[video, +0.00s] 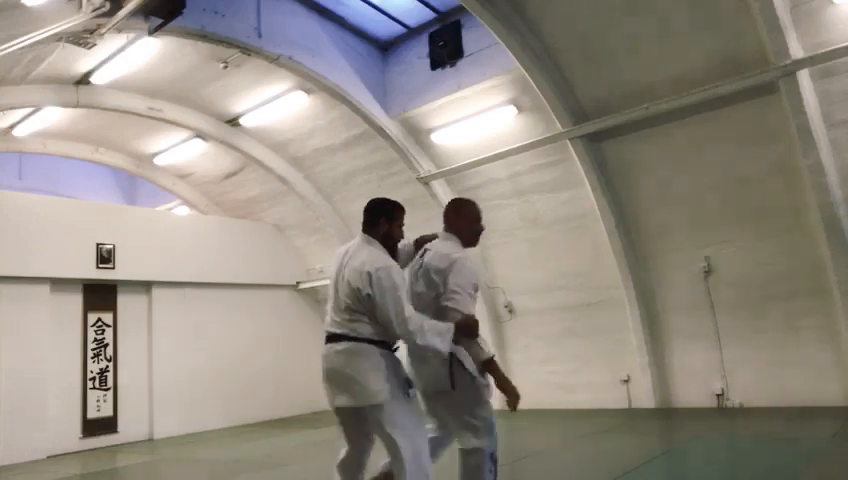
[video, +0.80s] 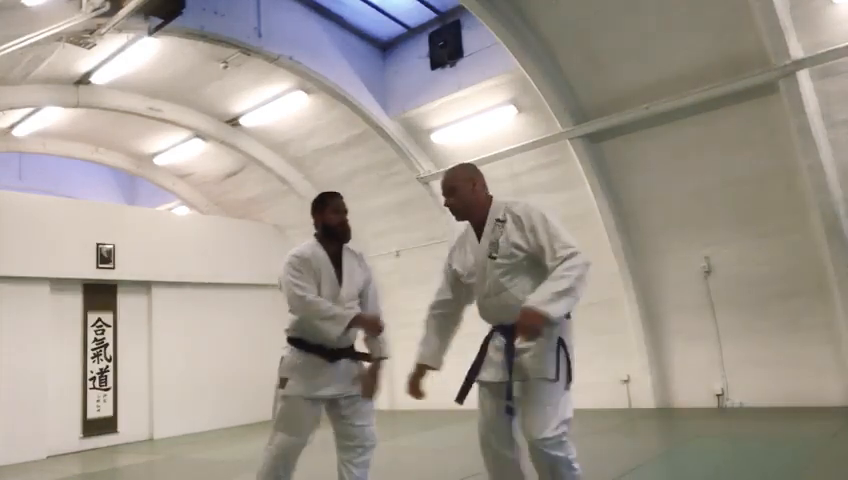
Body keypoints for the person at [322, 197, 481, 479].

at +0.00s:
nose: (403, 233)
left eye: (403, 226)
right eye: (400, 226)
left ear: (370, 225)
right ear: (382, 225)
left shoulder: (348, 252)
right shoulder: (381, 265)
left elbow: (387, 260)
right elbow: (404, 323)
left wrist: (416, 246)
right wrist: (453, 330)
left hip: (335, 357)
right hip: (368, 360)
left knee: (358, 443)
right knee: (409, 442)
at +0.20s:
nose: (392, 227)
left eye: (391, 220)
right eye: (387, 219)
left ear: (367, 220)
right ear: (368, 219)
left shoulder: (368, 252)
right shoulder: (357, 256)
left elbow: (412, 258)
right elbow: (373, 313)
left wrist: (445, 234)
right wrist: (422, 310)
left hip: (358, 355)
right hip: (349, 358)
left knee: (371, 445)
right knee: (377, 447)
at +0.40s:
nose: (377, 223)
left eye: (377, 217)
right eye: (371, 217)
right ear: (350, 218)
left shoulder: (377, 257)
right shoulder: (324, 259)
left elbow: (420, 264)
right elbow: (332, 304)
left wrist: (450, 252)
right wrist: (382, 305)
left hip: (360, 359)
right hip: (328, 360)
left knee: (372, 442)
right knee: (354, 445)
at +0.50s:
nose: (370, 220)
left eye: (371, 213)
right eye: (364, 213)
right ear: (342, 217)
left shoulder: (376, 259)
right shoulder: (318, 258)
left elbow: (414, 279)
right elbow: (320, 304)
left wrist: (440, 278)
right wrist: (371, 310)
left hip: (357, 363)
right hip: (321, 366)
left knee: (366, 442)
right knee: (336, 444)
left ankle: (357, 477)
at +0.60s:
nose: (363, 218)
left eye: (364, 212)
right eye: (356, 213)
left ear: (362, 215)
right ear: (335, 216)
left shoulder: (371, 259)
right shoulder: (313, 256)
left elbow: (396, 296)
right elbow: (314, 303)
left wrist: (429, 300)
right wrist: (369, 310)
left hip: (354, 363)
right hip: (314, 364)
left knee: (359, 443)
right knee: (319, 442)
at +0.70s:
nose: (355, 219)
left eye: (355, 213)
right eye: (348, 213)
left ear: (354, 214)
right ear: (327, 217)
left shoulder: (365, 260)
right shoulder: (307, 257)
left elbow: (385, 309)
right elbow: (309, 303)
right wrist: (364, 311)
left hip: (350, 364)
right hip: (310, 365)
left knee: (358, 446)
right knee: (298, 446)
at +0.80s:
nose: (345, 219)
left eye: (346, 213)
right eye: (337, 213)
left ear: (346, 217)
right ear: (318, 219)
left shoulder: (358, 262)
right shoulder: (300, 259)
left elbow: (371, 314)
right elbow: (301, 303)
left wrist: (376, 362)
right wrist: (356, 319)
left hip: (347, 366)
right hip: (305, 367)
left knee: (359, 445)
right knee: (285, 447)